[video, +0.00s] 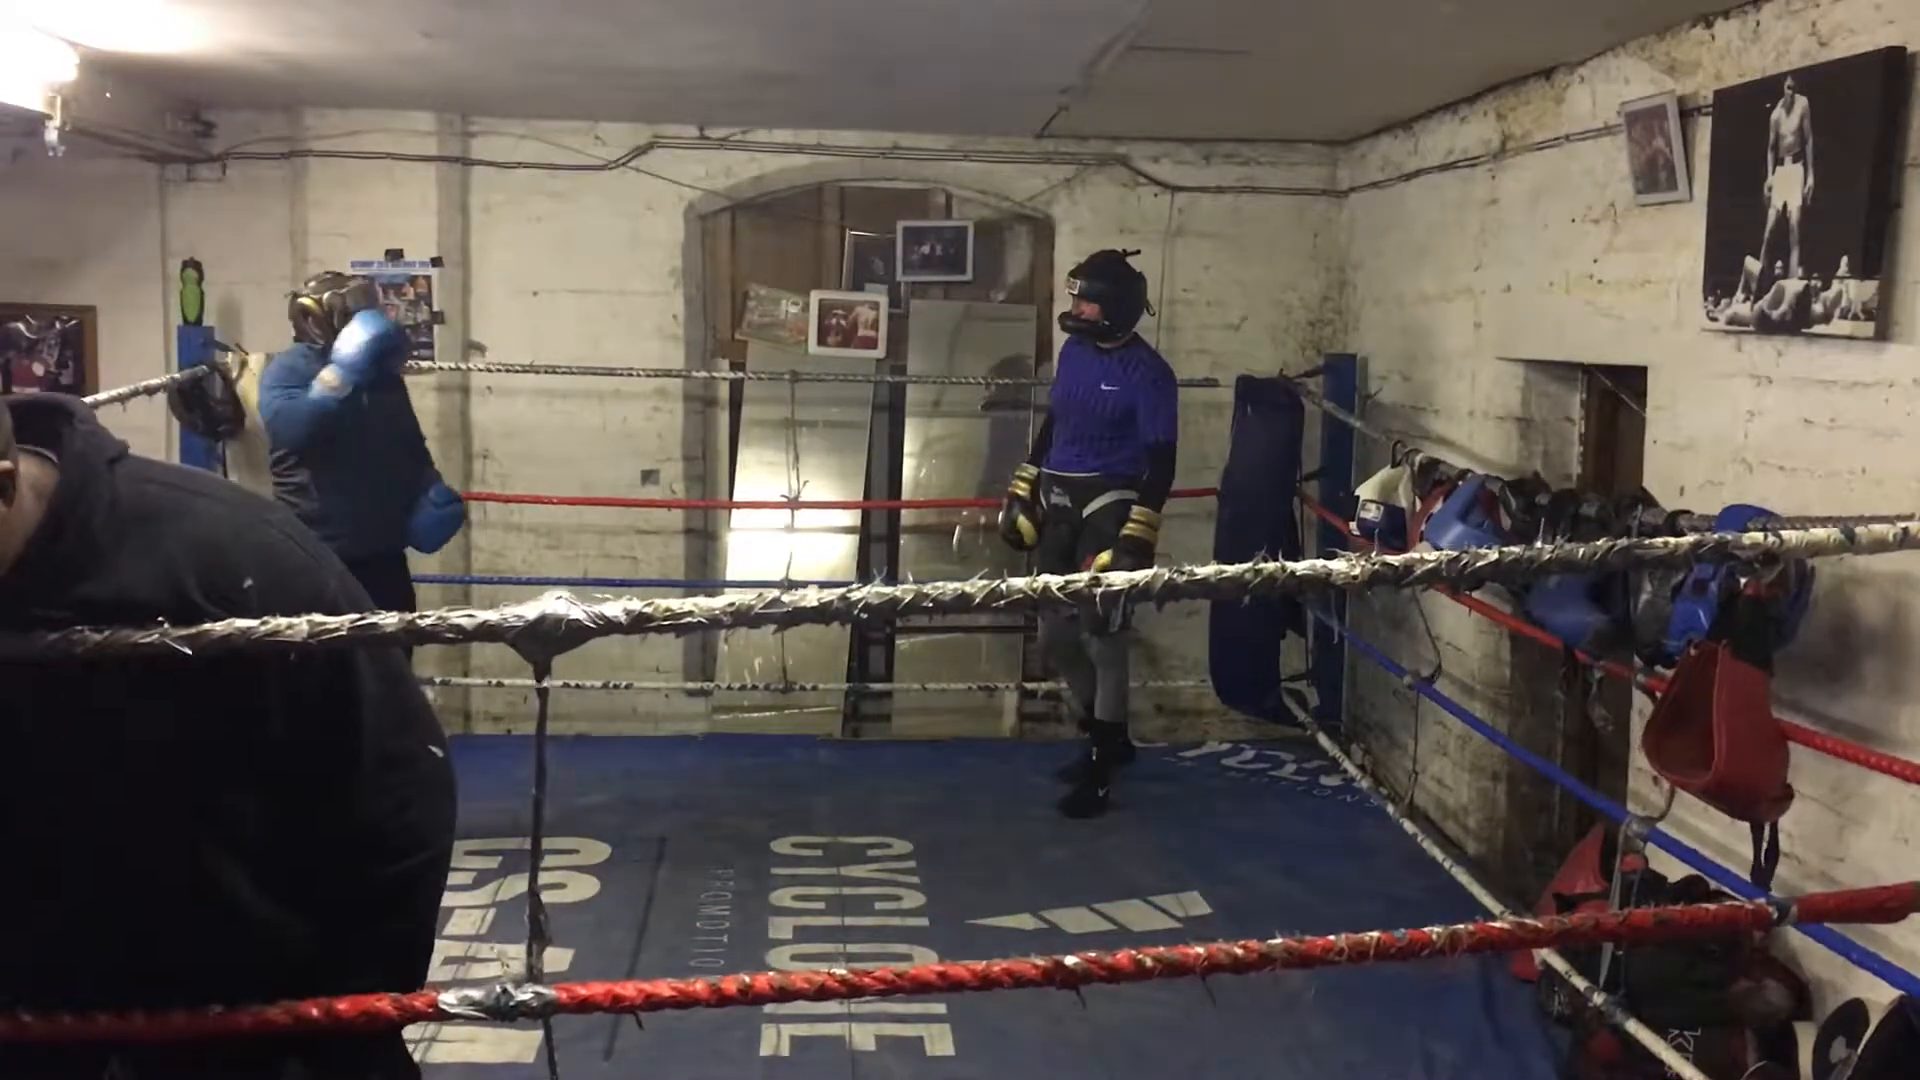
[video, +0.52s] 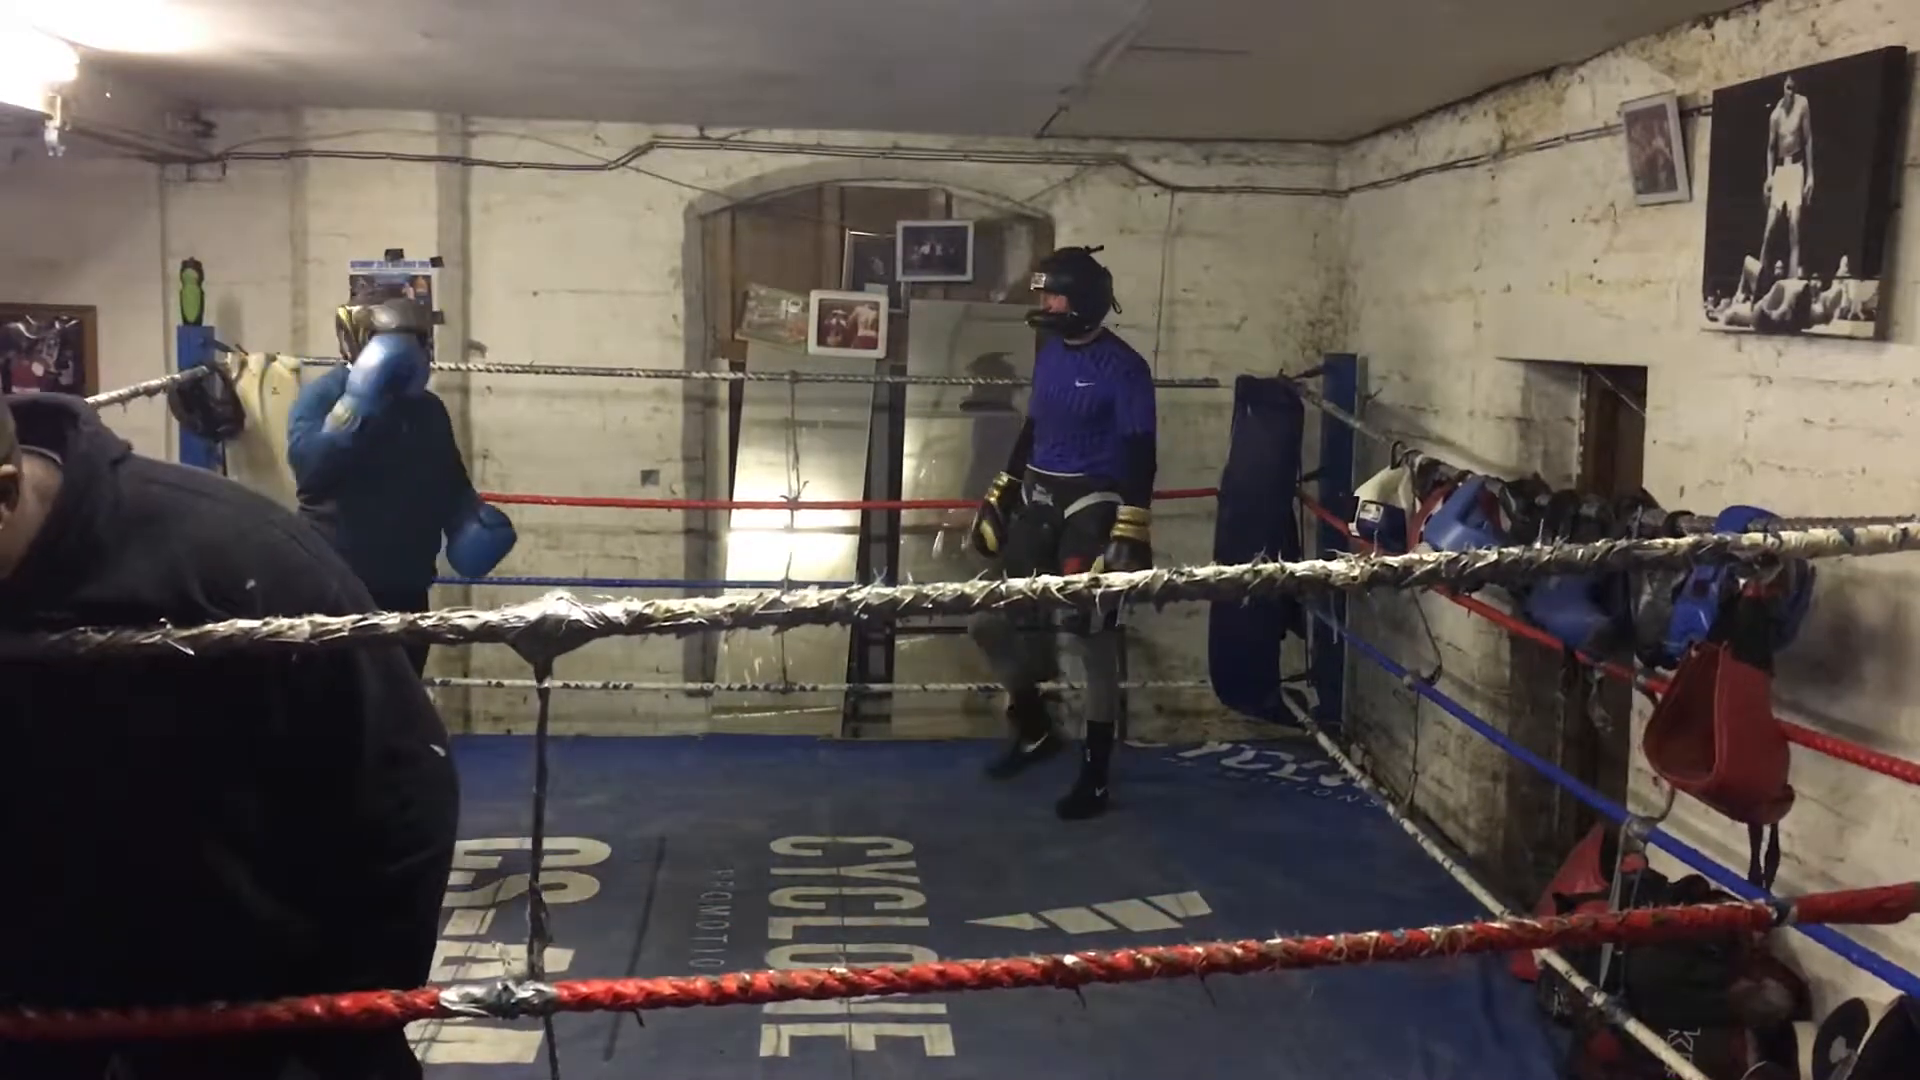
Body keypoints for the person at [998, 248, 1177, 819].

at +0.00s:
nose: (1076, 306)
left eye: (1088, 299)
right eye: (1076, 297)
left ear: (1118, 308)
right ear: (1081, 302)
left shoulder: (1149, 373)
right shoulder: (1073, 352)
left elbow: (1162, 463)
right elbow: (1054, 419)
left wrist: (1139, 537)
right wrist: (1024, 486)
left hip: (1112, 511)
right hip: (1058, 505)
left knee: (1105, 638)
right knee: (1058, 638)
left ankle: (1102, 769)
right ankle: (1102, 740)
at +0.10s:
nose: (1075, 306)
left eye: (1087, 299)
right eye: (1074, 297)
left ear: (1117, 308)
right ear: (1077, 301)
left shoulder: (1147, 373)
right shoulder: (1069, 353)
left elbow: (1161, 462)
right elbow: (1046, 423)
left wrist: (1137, 539)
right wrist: (1017, 491)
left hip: (1109, 511)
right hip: (1055, 506)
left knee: (1103, 637)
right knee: (1054, 638)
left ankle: (1100, 768)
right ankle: (1104, 738)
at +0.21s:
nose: (1068, 305)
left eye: (1080, 298)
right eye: (1067, 296)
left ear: (1111, 307)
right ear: (1071, 301)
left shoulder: (1142, 373)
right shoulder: (1062, 354)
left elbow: (1158, 460)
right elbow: (1042, 423)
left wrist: (1139, 536)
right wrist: (1010, 490)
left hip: (1106, 510)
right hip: (1050, 505)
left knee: (1096, 635)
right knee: (1033, 632)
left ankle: (1096, 774)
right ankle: (1101, 717)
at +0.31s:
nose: (1061, 304)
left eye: (1072, 296)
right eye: (1060, 295)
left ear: (1103, 306)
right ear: (1067, 300)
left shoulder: (1138, 370)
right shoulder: (1060, 354)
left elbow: (1152, 457)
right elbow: (1040, 428)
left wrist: (1141, 531)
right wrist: (1007, 493)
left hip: (1104, 508)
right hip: (1047, 502)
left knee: (1094, 635)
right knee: (1014, 628)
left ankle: (1095, 777)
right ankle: (1081, 678)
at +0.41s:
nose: (1053, 305)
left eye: (1064, 296)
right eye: (1052, 296)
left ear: (1095, 304)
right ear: (1061, 301)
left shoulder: (1132, 368)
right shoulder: (1058, 354)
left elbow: (1147, 454)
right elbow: (1038, 430)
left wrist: (1140, 524)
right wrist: (1004, 492)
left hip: (1102, 505)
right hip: (1045, 498)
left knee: (1090, 631)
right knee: (999, 618)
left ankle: (1096, 776)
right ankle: (1069, 693)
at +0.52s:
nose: (1043, 307)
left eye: (1054, 297)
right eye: (1042, 296)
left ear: (1083, 302)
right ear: (1048, 301)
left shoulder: (1125, 367)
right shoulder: (1048, 353)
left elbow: (1141, 454)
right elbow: (1032, 429)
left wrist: (1133, 525)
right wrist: (1000, 495)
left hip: (1096, 505)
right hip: (1038, 500)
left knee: (1093, 630)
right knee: (994, 621)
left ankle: (1096, 771)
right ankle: (1034, 729)